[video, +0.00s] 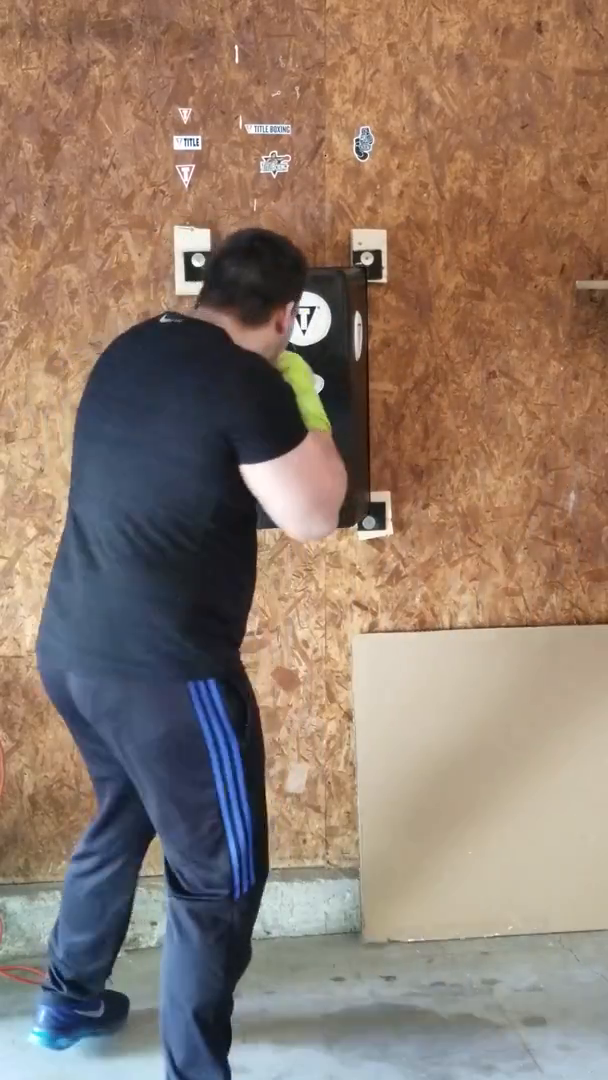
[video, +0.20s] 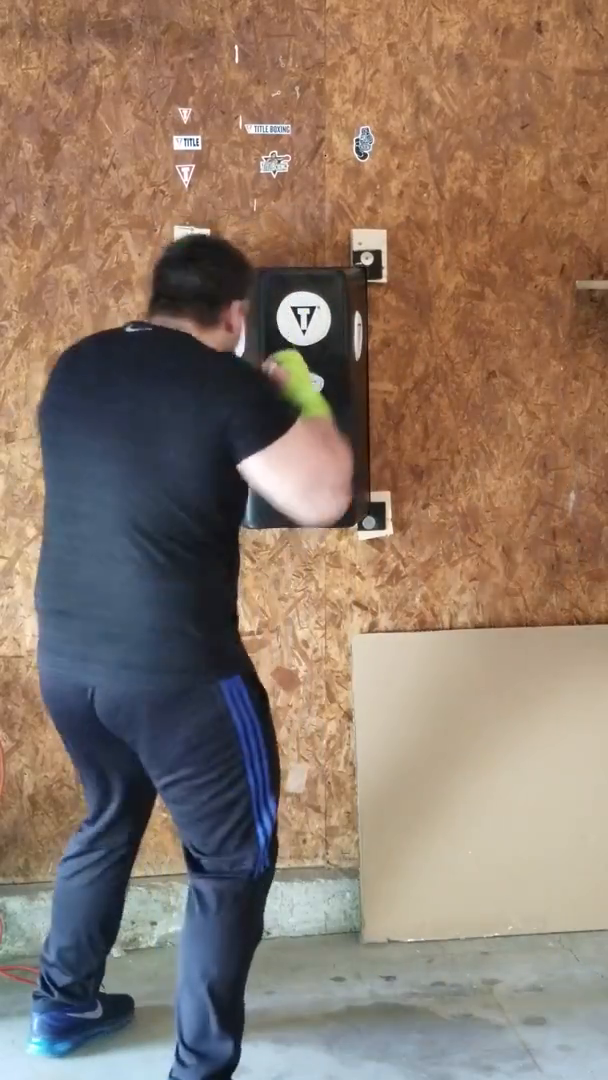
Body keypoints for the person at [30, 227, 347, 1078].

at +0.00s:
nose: (289, 331)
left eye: (290, 317)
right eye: (292, 317)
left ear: (208, 289)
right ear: (277, 311)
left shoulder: (129, 349)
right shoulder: (245, 380)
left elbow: (174, 478)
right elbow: (313, 511)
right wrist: (311, 402)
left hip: (73, 647)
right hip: (168, 664)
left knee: (122, 816)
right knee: (218, 877)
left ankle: (70, 1001)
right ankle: (198, 1064)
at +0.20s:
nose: (245, 330)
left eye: (244, 319)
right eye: (246, 318)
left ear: (152, 301)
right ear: (231, 316)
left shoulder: (75, 366)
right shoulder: (226, 385)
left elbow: (130, 460)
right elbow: (325, 494)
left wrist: (240, 400)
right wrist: (301, 393)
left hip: (67, 664)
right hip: (176, 672)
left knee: (110, 812)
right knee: (229, 862)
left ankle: (63, 1003)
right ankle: (203, 1059)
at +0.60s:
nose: (199, 309)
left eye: (190, 298)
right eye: (199, 299)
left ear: (111, 293)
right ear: (188, 300)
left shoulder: (33, 374)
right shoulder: (213, 366)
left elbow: (12, 504)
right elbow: (306, 445)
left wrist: (81, 460)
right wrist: (244, 380)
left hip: (73, 646)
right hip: (178, 640)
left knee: (99, 812)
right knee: (209, 843)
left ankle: (60, 1004)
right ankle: (206, 1049)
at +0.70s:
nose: (229, 310)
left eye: (228, 299)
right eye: (230, 299)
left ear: (140, 280)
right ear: (216, 296)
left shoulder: (44, 349)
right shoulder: (205, 361)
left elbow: (2, 425)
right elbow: (285, 467)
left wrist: (77, 394)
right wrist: (253, 377)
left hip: (58, 637)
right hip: (155, 640)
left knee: (104, 808)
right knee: (203, 838)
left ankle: (63, 1004)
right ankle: (204, 1048)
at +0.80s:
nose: (238, 319)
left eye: (236, 307)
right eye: (240, 307)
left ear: (157, 278)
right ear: (224, 305)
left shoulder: (83, 332)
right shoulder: (183, 364)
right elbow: (266, 466)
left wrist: (207, 369)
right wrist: (250, 369)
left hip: (46, 623)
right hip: (126, 634)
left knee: (99, 798)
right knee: (197, 822)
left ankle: (65, 1002)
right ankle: (168, 1042)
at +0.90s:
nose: (239, 322)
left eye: (242, 310)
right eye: (242, 309)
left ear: (168, 271)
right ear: (224, 305)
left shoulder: (99, 325)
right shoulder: (152, 362)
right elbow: (233, 481)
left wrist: (205, 355)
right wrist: (253, 389)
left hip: (52, 612)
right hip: (109, 624)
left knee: (105, 801)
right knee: (162, 818)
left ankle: (59, 1002)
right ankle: (87, 1033)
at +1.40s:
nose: (249, 365)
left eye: (251, 354)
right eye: (250, 355)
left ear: (162, 313)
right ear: (221, 362)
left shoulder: (81, 336)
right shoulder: (138, 451)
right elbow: (112, 589)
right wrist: (205, 647)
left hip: (25, 608)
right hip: (76, 633)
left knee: (92, 783)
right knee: (147, 809)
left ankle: (63, 947)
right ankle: (79, 1013)